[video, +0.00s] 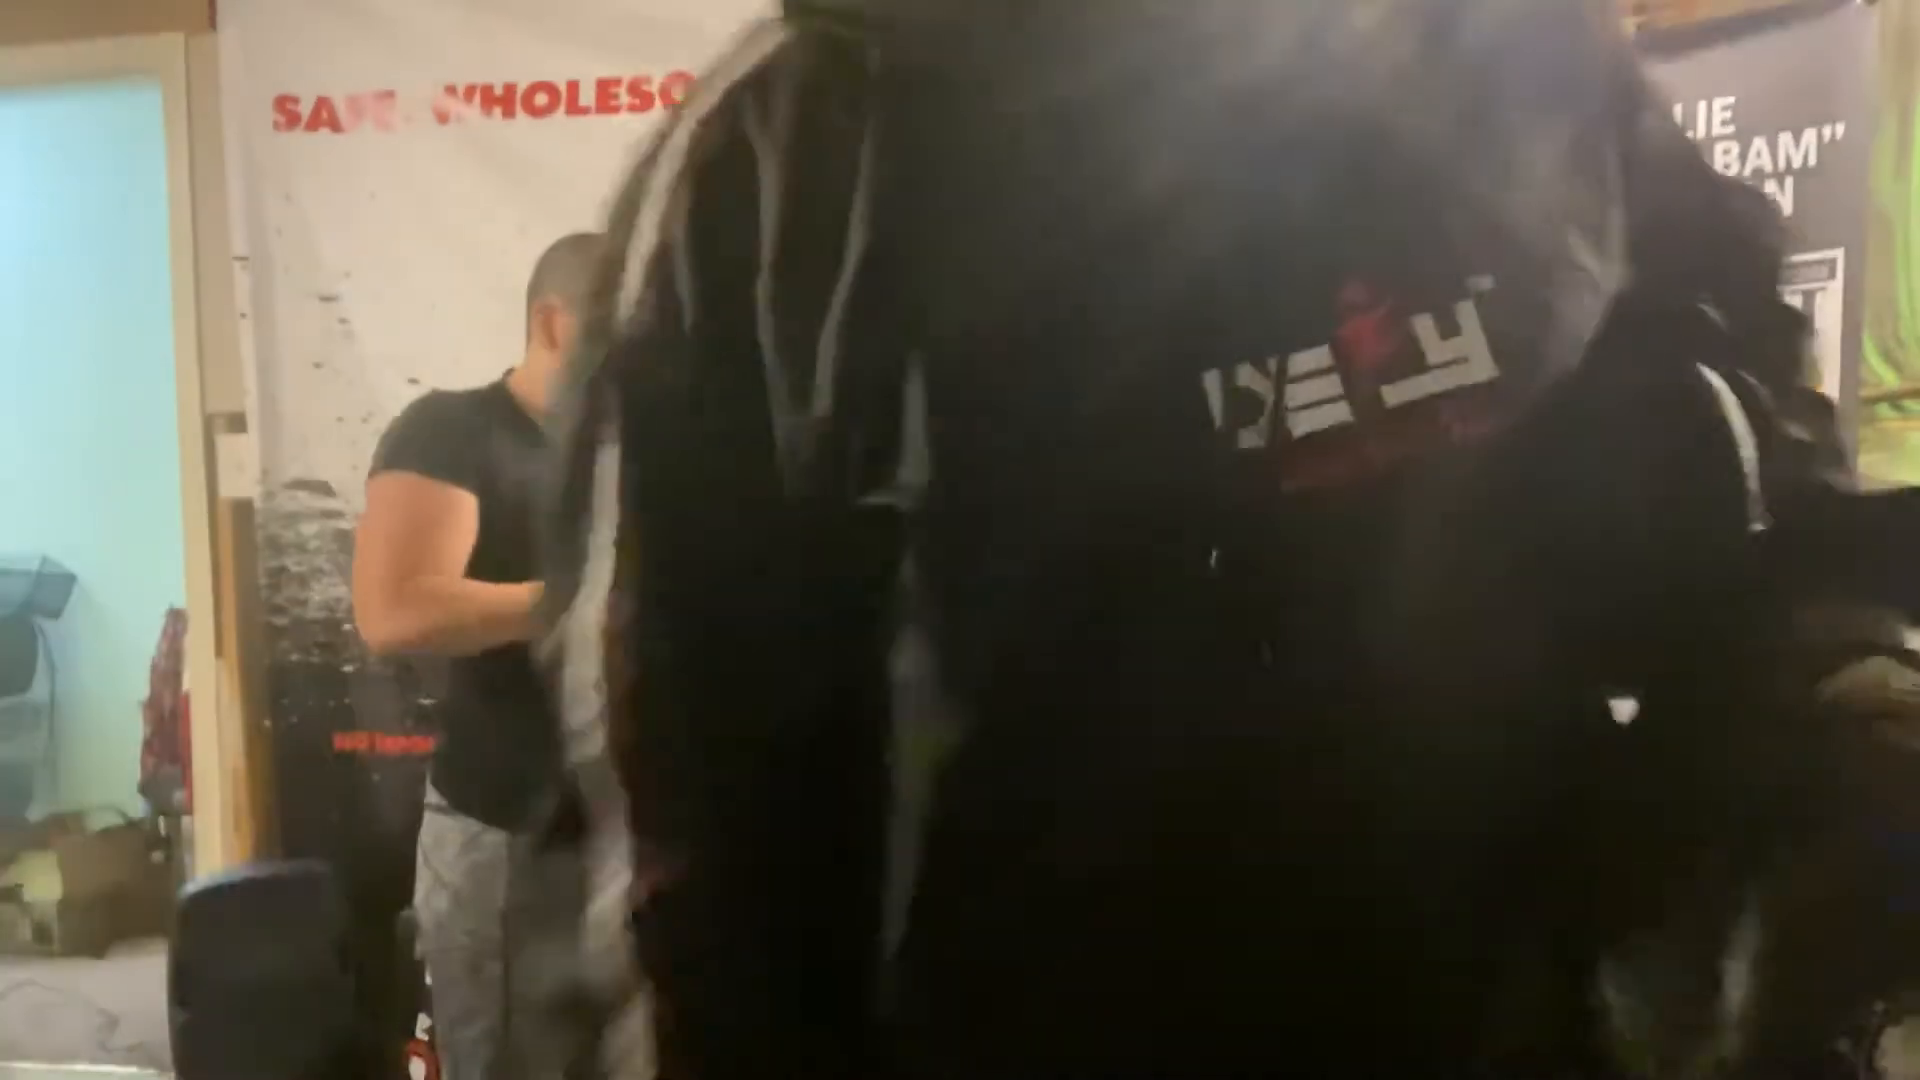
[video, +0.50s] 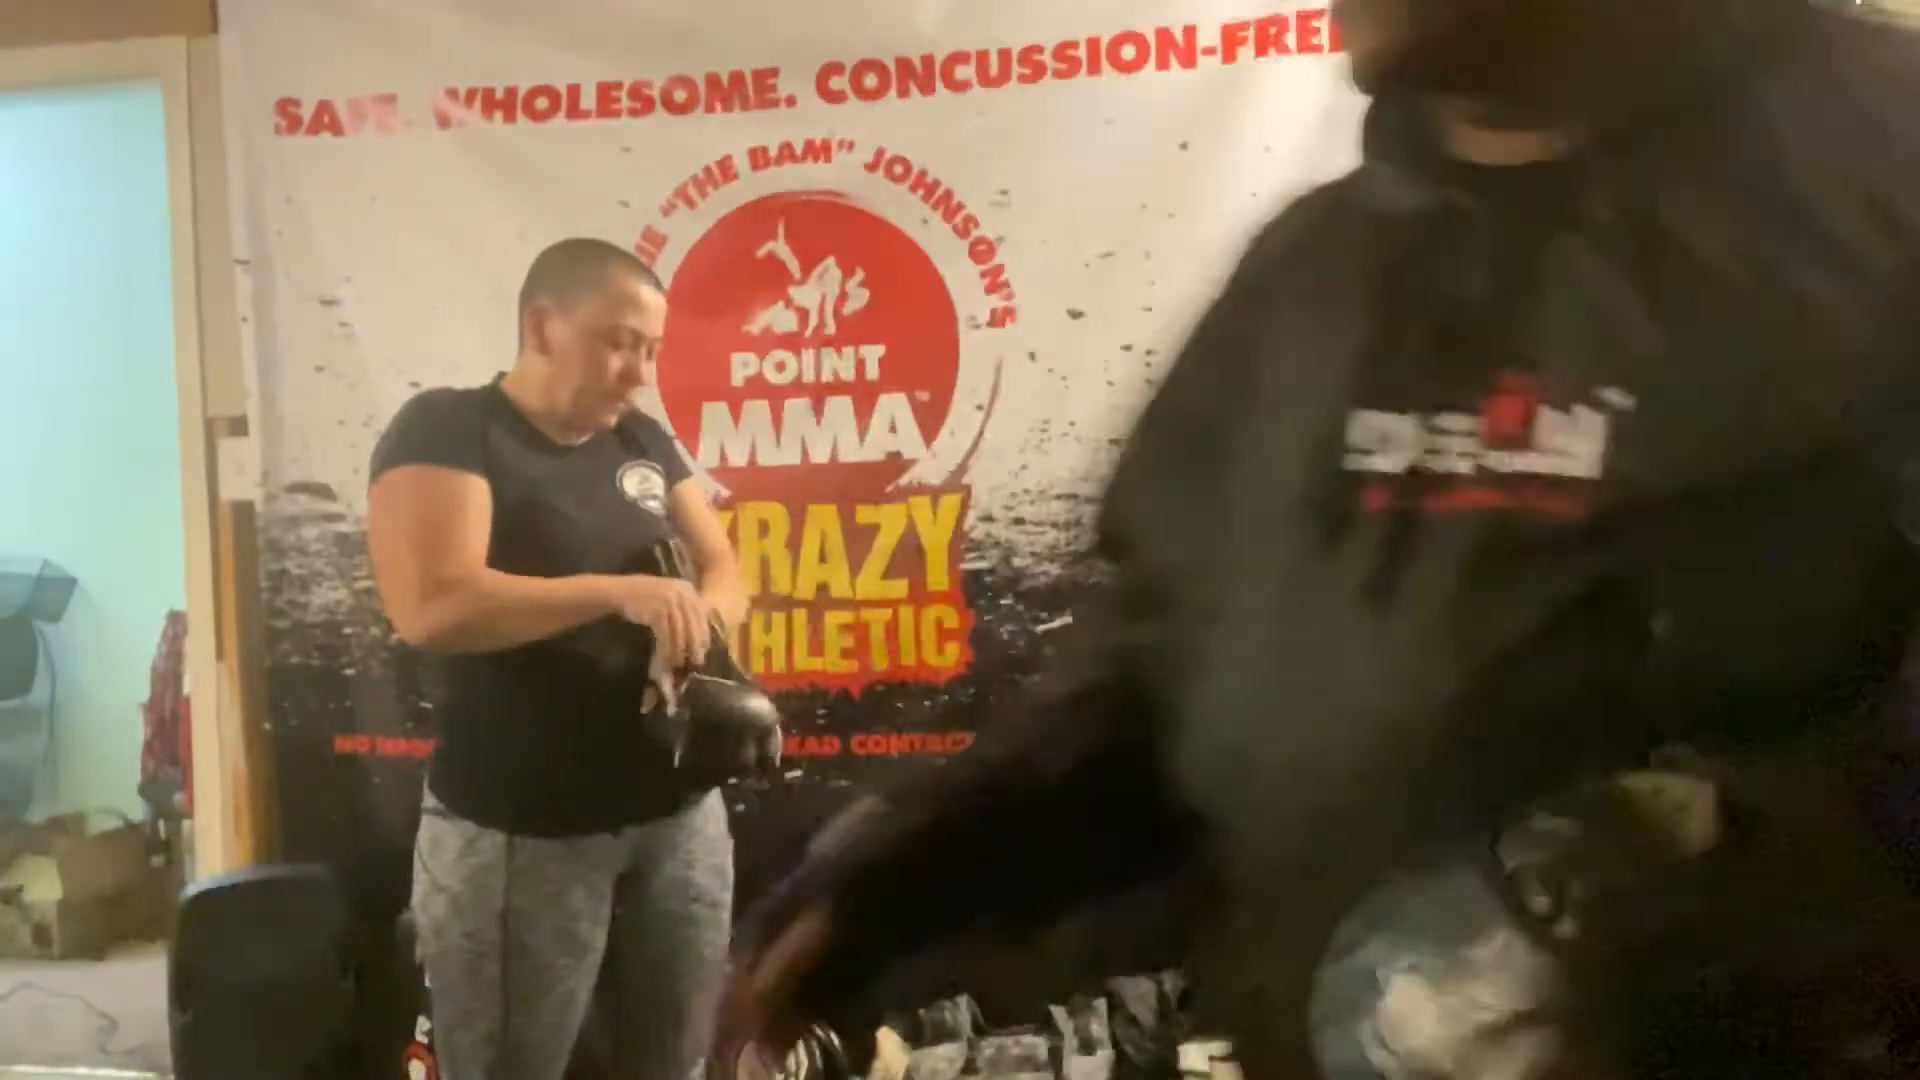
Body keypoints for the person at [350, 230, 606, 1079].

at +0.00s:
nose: (614, 347)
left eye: (625, 329)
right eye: (603, 324)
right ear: (549, 319)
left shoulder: (629, 449)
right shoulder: (448, 431)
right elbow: (394, 610)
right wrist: (579, 599)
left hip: (623, 833)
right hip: (494, 834)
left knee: (622, 1061)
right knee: (498, 1063)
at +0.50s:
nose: (641, 372)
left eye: (651, 351)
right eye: (623, 344)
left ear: (659, 351)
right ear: (543, 327)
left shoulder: (643, 440)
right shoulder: (442, 430)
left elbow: (725, 573)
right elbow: (430, 604)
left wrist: (698, 620)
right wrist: (615, 593)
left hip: (676, 826)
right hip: (513, 840)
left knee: (670, 1067)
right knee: (505, 1068)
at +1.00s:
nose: (639, 370)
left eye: (648, 347)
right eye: (619, 341)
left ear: (654, 347)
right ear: (540, 326)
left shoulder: (643, 437)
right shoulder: (440, 425)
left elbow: (734, 560)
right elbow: (441, 594)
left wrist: (701, 614)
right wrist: (623, 580)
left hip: (675, 825)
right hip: (511, 841)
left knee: (666, 1066)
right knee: (502, 1068)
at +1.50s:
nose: (632, 362)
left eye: (642, 342)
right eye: (613, 334)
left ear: (647, 346)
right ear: (531, 322)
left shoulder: (640, 435)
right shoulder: (437, 426)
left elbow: (721, 553)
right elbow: (447, 590)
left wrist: (701, 631)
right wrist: (627, 572)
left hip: (675, 824)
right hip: (511, 838)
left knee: (665, 1066)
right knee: (502, 1068)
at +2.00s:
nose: (619, 360)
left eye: (630, 338)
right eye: (597, 333)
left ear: (637, 340)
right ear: (518, 323)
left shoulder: (638, 434)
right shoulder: (436, 423)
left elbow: (716, 547)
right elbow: (451, 581)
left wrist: (697, 666)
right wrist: (633, 569)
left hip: (674, 822)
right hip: (512, 836)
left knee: (663, 1064)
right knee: (502, 1067)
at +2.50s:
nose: (620, 360)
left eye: (631, 338)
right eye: (600, 333)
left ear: (639, 339)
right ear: (520, 324)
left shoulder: (642, 437)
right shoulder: (434, 427)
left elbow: (713, 565)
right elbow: (402, 603)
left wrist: (711, 660)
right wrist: (600, 600)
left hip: (672, 827)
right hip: (507, 842)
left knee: (661, 1066)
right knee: (498, 1067)